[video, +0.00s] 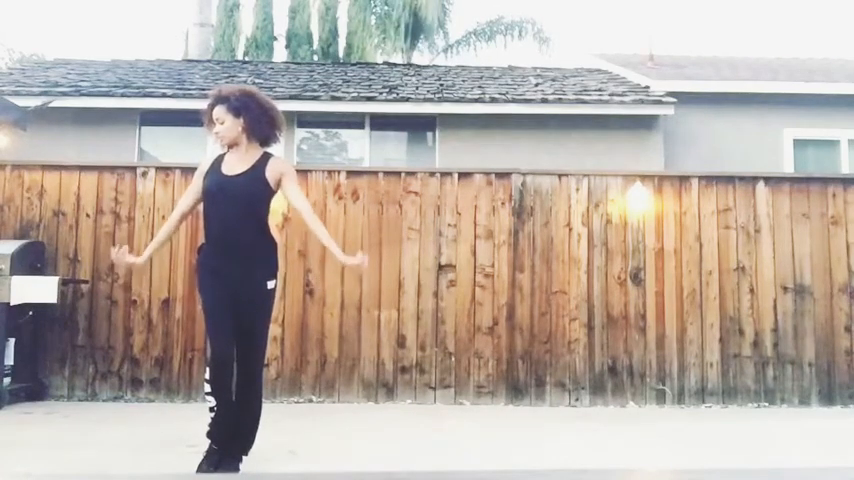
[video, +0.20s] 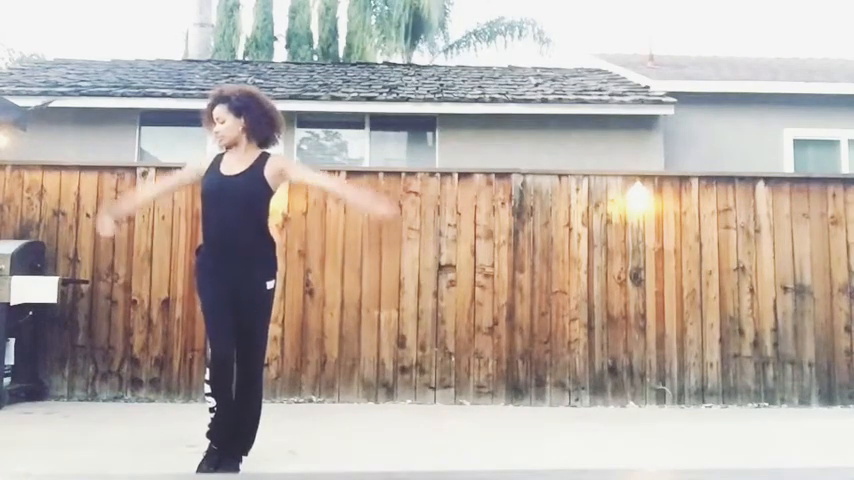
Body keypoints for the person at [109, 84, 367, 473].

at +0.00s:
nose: (215, 130)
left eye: (220, 122)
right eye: (213, 123)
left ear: (244, 120)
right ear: (221, 126)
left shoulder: (275, 165)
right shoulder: (213, 164)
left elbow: (305, 212)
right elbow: (179, 213)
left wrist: (341, 257)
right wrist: (143, 257)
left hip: (257, 273)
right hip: (214, 270)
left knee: (249, 363)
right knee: (221, 355)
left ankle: (237, 449)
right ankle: (220, 443)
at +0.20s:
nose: (215, 129)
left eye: (221, 121)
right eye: (213, 122)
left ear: (245, 121)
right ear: (214, 124)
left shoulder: (272, 163)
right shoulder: (211, 162)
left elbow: (328, 183)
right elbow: (161, 185)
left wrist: (372, 202)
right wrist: (115, 209)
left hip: (256, 273)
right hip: (212, 270)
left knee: (250, 362)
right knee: (221, 355)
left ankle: (236, 451)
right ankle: (218, 443)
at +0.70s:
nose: (233, 121)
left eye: (240, 115)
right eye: (228, 115)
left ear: (255, 122)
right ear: (219, 121)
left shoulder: (265, 155)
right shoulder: (207, 154)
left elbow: (275, 90)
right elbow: (198, 91)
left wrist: (254, 52)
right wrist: (242, 71)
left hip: (255, 266)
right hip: (212, 265)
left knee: (250, 360)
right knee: (220, 356)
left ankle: (238, 450)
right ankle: (218, 446)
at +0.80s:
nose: (234, 120)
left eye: (242, 115)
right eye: (228, 115)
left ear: (254, 122)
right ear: (218, 121)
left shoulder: (264, 156)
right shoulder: (207, 155)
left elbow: (273, 90)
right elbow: (197, 90)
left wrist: (243, 55)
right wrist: (241, 74)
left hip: (255, 267)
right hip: (212, 266)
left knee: (250, 360)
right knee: (221, 355)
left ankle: (238, 450)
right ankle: (218, 445)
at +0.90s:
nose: (234, 119)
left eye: (241, 113)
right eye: (227, 113)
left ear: (255, 120)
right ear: (218, 120)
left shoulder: (265, 157)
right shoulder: (207, 153)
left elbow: (273, 88)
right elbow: (198, 89)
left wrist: (237, 71)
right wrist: (246, 77)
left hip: (255, 269)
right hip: (212, 267)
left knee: (249, 360)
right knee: (217, 354)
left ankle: (237, 449)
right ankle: (215, 443)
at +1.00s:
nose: (234, 116)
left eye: (242, 110)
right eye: (229, 111)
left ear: (255, 117)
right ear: (220, 118)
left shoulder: (269, 151)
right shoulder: (210, 152)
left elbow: (276, 83)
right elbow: (195, 87)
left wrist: (239, 80)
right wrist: (233, 79)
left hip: (250, 263)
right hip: (209, 261)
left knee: (240, 355)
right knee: (208, 354)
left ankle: (229, 450)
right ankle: (213, 449)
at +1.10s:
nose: (236, 121)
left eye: (244, 114)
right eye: (230, 115)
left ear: (258, 120)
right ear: (222, 123)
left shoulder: (273, 154)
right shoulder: (215, 155)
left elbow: (276, 85)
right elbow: (192, 94)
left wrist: (236, 82)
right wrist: (225, 83)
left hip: (247, 265)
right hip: (206, 261)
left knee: (220, 354)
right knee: (200, 355)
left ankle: (223, 449)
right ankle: (216, 443)